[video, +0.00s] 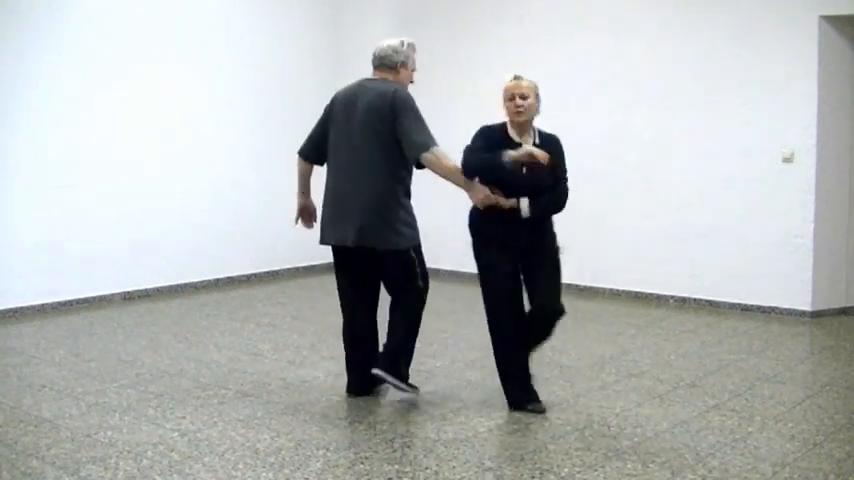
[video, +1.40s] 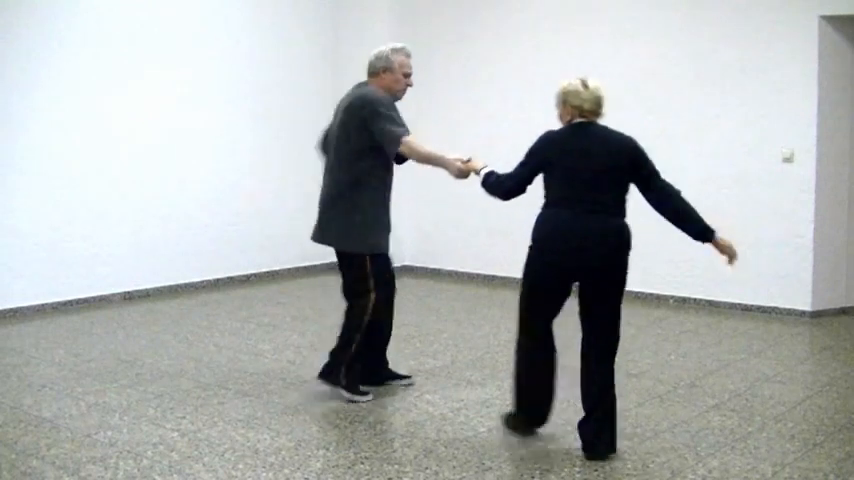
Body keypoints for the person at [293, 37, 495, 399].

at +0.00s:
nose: (413, 78)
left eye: (413, 71)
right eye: (412, 70)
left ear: (377, 66)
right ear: (402, 68)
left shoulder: (342, 98)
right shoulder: (398, 98)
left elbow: (306, 155)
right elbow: (427, 154)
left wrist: (303, 197)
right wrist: (471, 186)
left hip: (341, 221)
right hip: (387, 221)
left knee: (356, 305)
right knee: (412, 289)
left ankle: (360, 383)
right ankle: (394, 365)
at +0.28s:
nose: (409, 78)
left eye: (409, 71)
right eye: (406, 70)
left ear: (374, 68)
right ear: (389, 68)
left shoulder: (339, 98)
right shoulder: (383, 97)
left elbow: (313, 158)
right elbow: (409, 150)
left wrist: (338, 195)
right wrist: (459, 176)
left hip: (335, 221)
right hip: (377, 222)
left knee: (353, 303)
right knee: (394, 294)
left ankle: (358, 381)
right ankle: (386, 372)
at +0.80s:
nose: (394, 84)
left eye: (395, 76)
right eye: (391, 75)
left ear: (364, 73)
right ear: (369, 72)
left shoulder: (331, 99)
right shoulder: (361, 101)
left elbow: (293, 152)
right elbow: (378, 153)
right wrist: (423, 184)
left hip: (318, 222)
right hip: (346, 225)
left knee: (340, 302)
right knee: (356, 301)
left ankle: (353, 375)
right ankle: (332, 383)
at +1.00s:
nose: (387, 85)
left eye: (388, 78)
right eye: (384, 76)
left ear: (353, 74)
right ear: (363, 72)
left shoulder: (317, 101)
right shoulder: (361, 103)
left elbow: (271, 146)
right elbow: (410, 146)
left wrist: (252, 188)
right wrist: (465, 164)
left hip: (312, 223)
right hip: (336, 225)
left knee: (366, 279)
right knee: (347, 296)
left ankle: (354, 366)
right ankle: (331, 383)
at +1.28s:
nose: (398, 85)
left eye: (399, 77)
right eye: (395, 76)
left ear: (367, 76)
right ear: (373, 74)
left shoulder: (334, 102)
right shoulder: (370, 103)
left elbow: (287, 144)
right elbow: (415, 138)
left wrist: (264, 180)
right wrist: (463, 155)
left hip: (329, 221)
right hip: (345, 223)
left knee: (371, 285)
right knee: (348, 297)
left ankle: (372, 367)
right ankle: (331, 382)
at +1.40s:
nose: (410, 82)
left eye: (411, 75)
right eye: (405, 74)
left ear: (380, 74)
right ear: (384, 72)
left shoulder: (356, 99)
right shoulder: (374, 101)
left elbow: (327, 144)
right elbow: (402, 145)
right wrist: (449, 162)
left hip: (354, 220)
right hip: (357, 222)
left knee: (380, 290)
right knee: (368, 294)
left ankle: (373, 367)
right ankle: (341, 371)